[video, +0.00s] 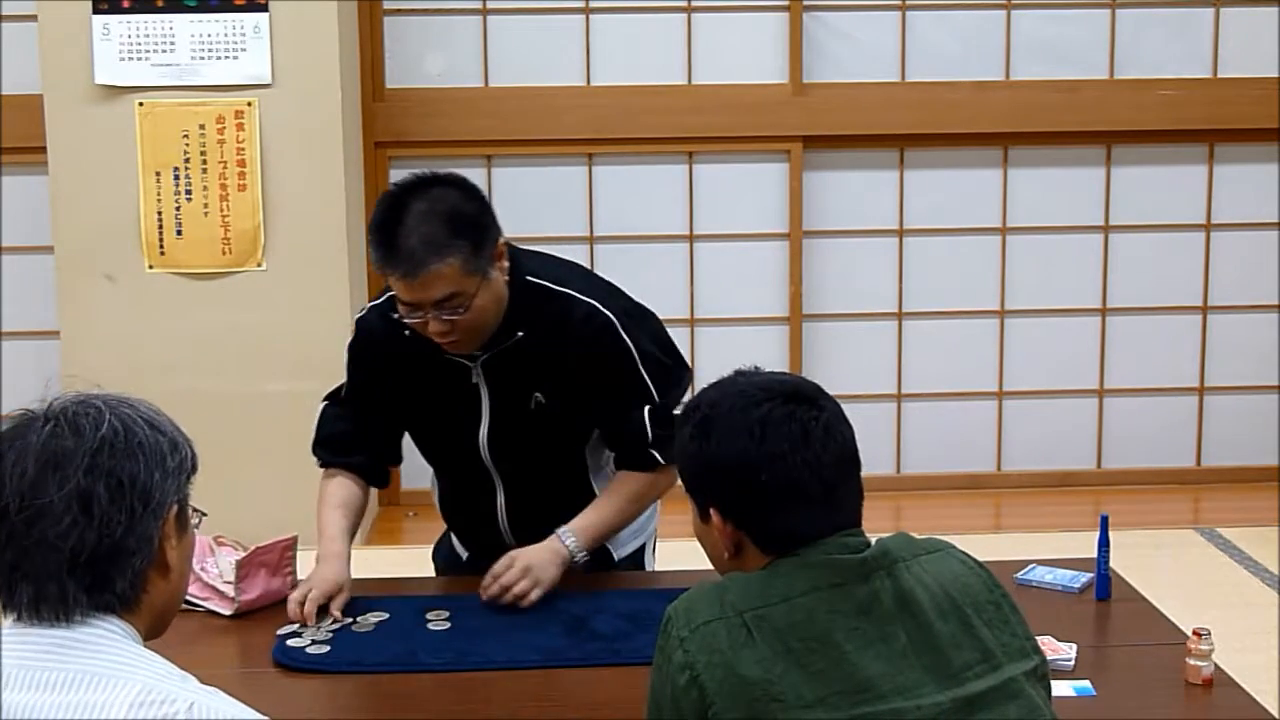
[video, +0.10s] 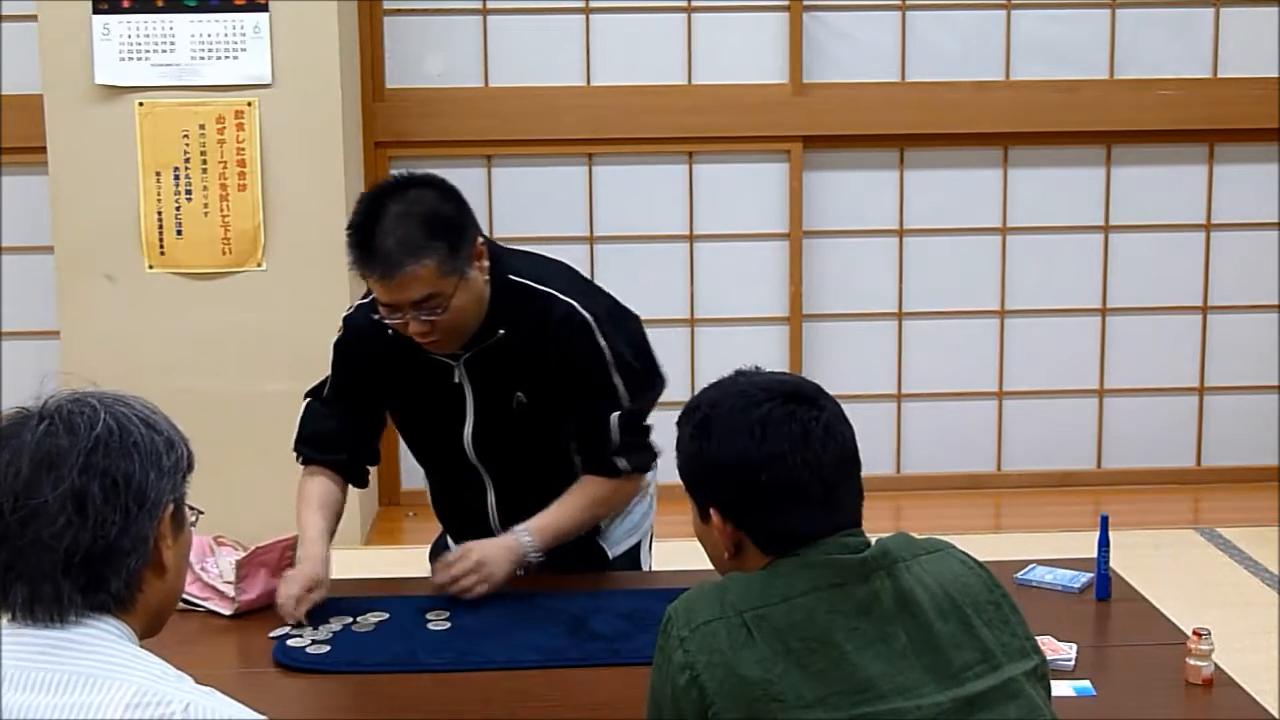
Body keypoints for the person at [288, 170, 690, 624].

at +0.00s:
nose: (435, 326)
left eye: (453, 304)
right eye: (412, 309)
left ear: (499, 262)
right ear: (390, 283)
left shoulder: (593, 320)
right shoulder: (383, 336)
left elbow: (657, 452)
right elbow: (351, 450)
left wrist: (560, 547)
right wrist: (332, 556)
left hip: (597, 559)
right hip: (472, 559)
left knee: (594, 704)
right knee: (464, 706)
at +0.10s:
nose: (414, 327)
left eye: (430, 305)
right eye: (392, 310)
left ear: (479, 260)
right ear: (372, 283)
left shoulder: (571, 318)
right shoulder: (370, 331)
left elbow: (623, 467)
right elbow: (330, 446)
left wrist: (515, 546)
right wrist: (312, 555)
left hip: (590, 551)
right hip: (469, 553)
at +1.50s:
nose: (529, 426)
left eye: (545, 406)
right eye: (505, 414)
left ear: (578, 351)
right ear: (470, 381)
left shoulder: (651, 390)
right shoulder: (429, 412)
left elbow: (647, 546)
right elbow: (456, 552)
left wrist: (608, 646)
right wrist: (521, 641)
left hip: (623, 591)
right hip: (502, 601)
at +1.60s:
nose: (539, 414)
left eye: (558, 395)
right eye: (517, 399)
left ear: (594, 345)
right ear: (486, 364)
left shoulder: (662, 385)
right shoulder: (441, 400)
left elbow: (652, 539)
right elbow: (456, 537)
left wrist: (616, 637)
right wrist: (515, 628)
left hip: (627, 587)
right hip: (503, 593)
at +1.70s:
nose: (540, 409)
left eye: (559, 389)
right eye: (518, 392)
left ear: (596, 341)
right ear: (488, 357)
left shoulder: (665, 383)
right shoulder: (445, 396)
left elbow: (653, 540)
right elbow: (460, 540)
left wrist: (615, 642)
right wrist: (518, 640)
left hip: (628, 590)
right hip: (505, 596)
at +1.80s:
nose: (530, 404)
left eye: (549, 386)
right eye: (509, 387)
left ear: (593, 342)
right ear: (485, 353)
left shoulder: (664, 385)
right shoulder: (446, 394)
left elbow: (654, 540)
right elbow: (461, 539)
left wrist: (615, 642)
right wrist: (514, 640)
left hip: (628, 587)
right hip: (508, 592)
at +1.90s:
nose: (514, 399)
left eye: (534, 382)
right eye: (496, 381)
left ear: (585, 339)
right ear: (476, 348)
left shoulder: (660, 382)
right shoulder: (442, 390)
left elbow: (652, 538)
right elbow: (459, 535)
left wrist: (613, 639)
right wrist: (512, 637)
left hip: (629, 581)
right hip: (507, 588)